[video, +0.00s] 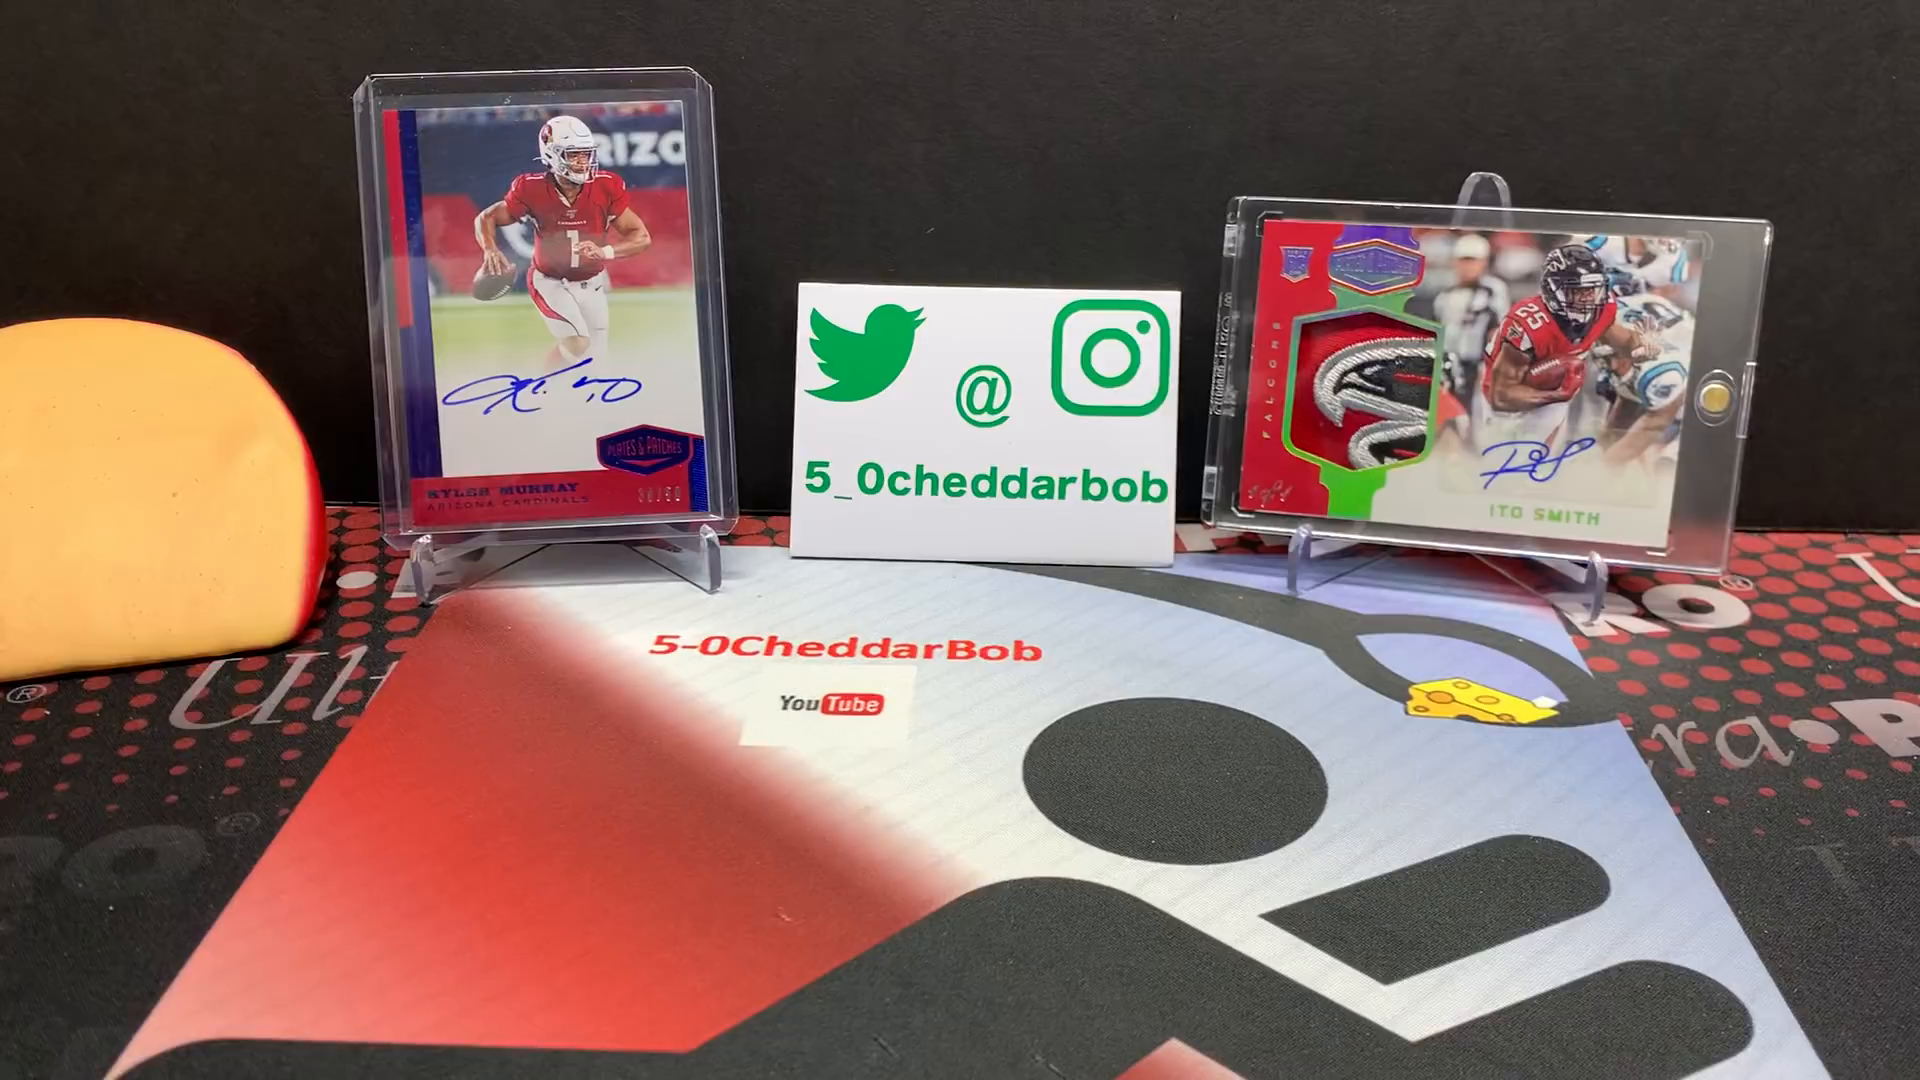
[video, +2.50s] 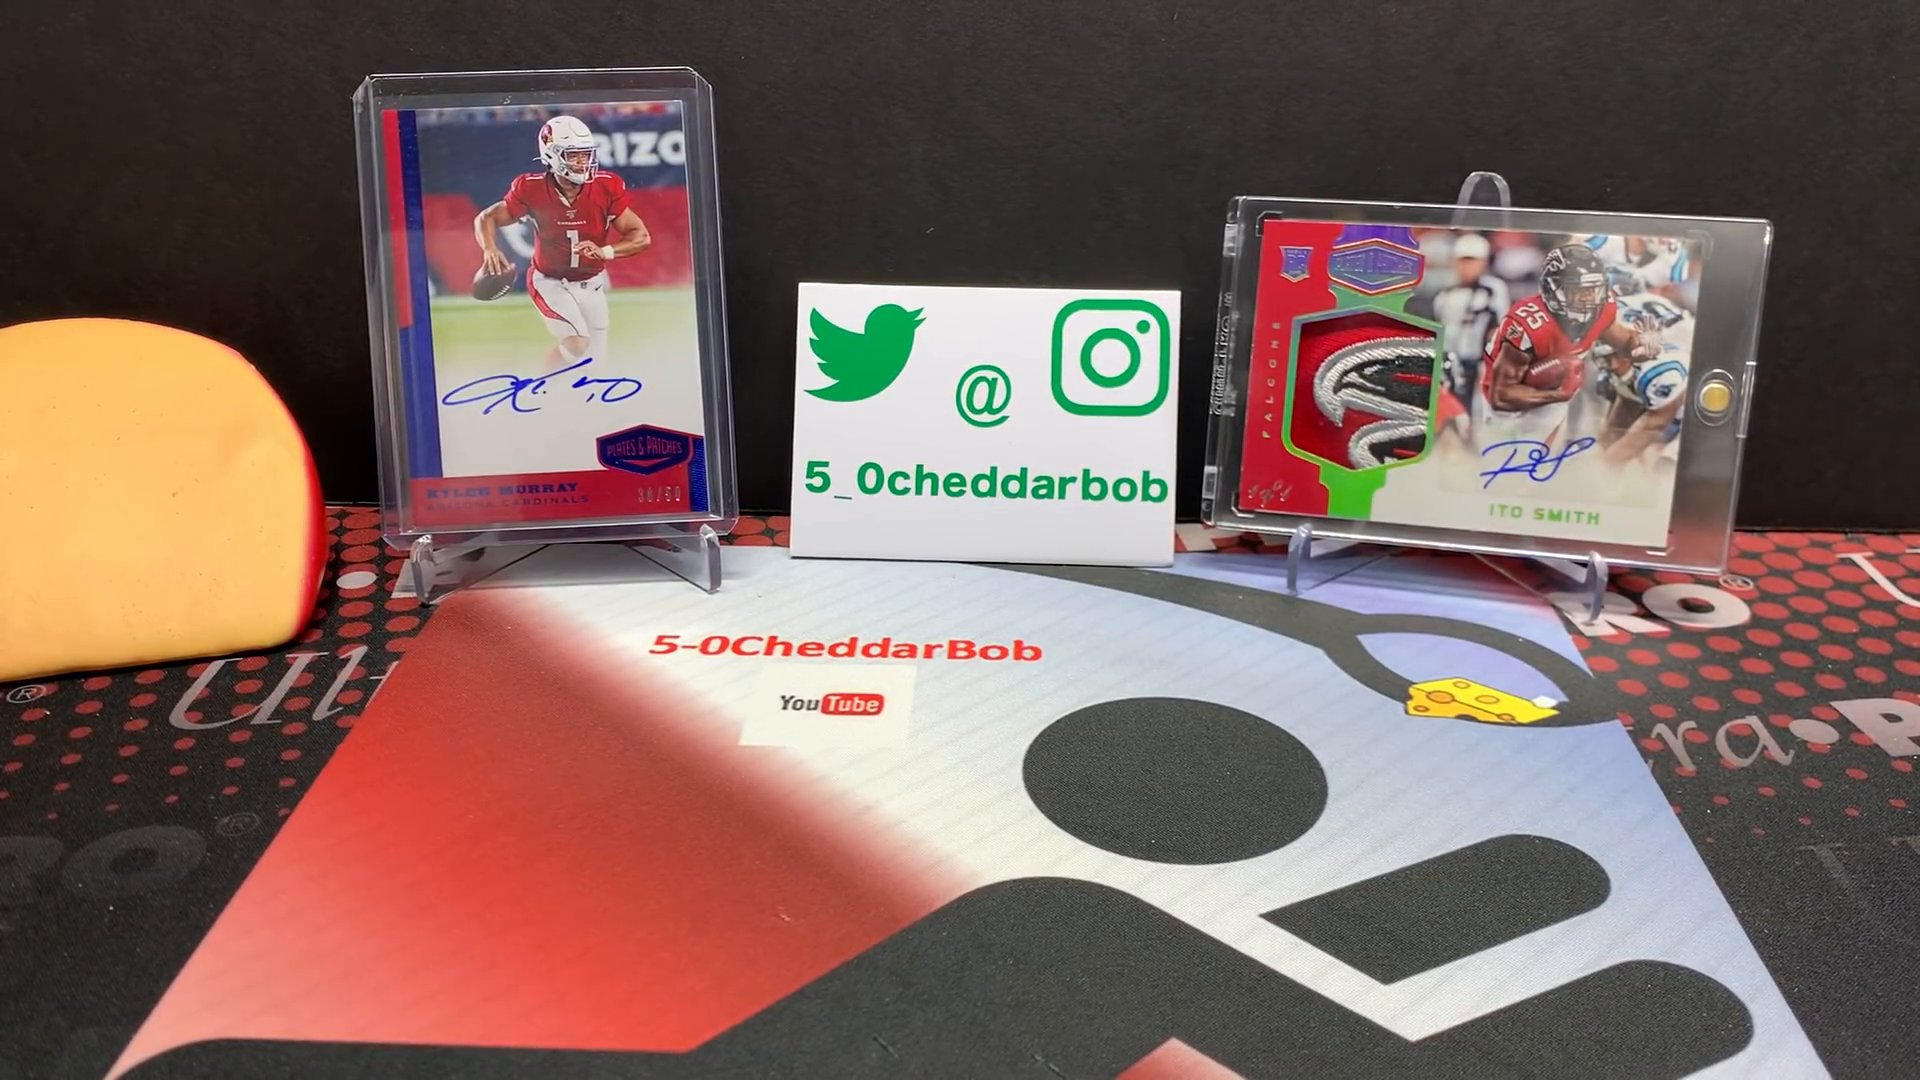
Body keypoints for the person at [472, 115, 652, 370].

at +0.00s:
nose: (580, 162)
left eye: (585, 155)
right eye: (573, 156)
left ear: (592, 154)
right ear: (552, 155)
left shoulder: (606, 187)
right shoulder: (529, 189)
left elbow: (642, 237)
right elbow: (484, 219)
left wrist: (605, 252)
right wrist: (490, 249)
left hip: (592, 282)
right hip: (549, 280)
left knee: (596, 361)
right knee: (576, 344)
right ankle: (534, 392)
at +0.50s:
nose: (580, 162)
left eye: (584, 155)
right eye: (572, 156)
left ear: (591, 154)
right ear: (551, 155)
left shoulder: (606, 186)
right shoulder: (529, 189)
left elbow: (641, 237)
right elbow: (484, 219)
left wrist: (605, 252)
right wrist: (489, 248)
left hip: (591, 282)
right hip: (548, 280)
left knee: (596, 361)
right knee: (576, 344)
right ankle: (534, 391)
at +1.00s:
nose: (581, 162)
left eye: (585, 155)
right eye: (573, 156)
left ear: (592, 154)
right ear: (552, 156)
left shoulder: (606, 187)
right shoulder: (530, 189)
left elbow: (641, 237)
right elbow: (484, 219)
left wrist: (605, 252)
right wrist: (490, 248)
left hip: (591, 282)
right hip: (548, 280)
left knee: (596, 362)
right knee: (577, 344)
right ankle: (534, 390)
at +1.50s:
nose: (580, 162)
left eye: (585, 155)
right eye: (572, 156)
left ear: (592, 154)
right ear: (551, 156)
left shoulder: (607, 187)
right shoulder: (529, 190)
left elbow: (641, 237)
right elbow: (484, 219)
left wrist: (605, 252)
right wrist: (490, 249)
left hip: (591, 282)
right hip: (548, 281)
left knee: (596, 362)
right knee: (577, 344)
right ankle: (533, 389)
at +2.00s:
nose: (581, 162)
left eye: (585, 155)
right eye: (573, 156)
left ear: (592, 154)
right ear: (552, 155)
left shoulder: (607, 187)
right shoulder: (530, 189)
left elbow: (641, 237)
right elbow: (484, 219)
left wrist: (605, 252)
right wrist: (490, 249)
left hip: (591, 282)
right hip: (548, 280)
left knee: (595, 362)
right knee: (577, 344)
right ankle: (533, 389)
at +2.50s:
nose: (580, 162)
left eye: (585, 155)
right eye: (572, 156)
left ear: (592, 154)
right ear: (552, 155)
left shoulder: (607, 187)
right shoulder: (530, 189)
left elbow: (641, 237)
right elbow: (484, 219)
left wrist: (606, 252)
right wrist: (490, 249)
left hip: (591, 283)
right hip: (549, 280)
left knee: (596, 363)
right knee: (576, 343)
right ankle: (534, 391)